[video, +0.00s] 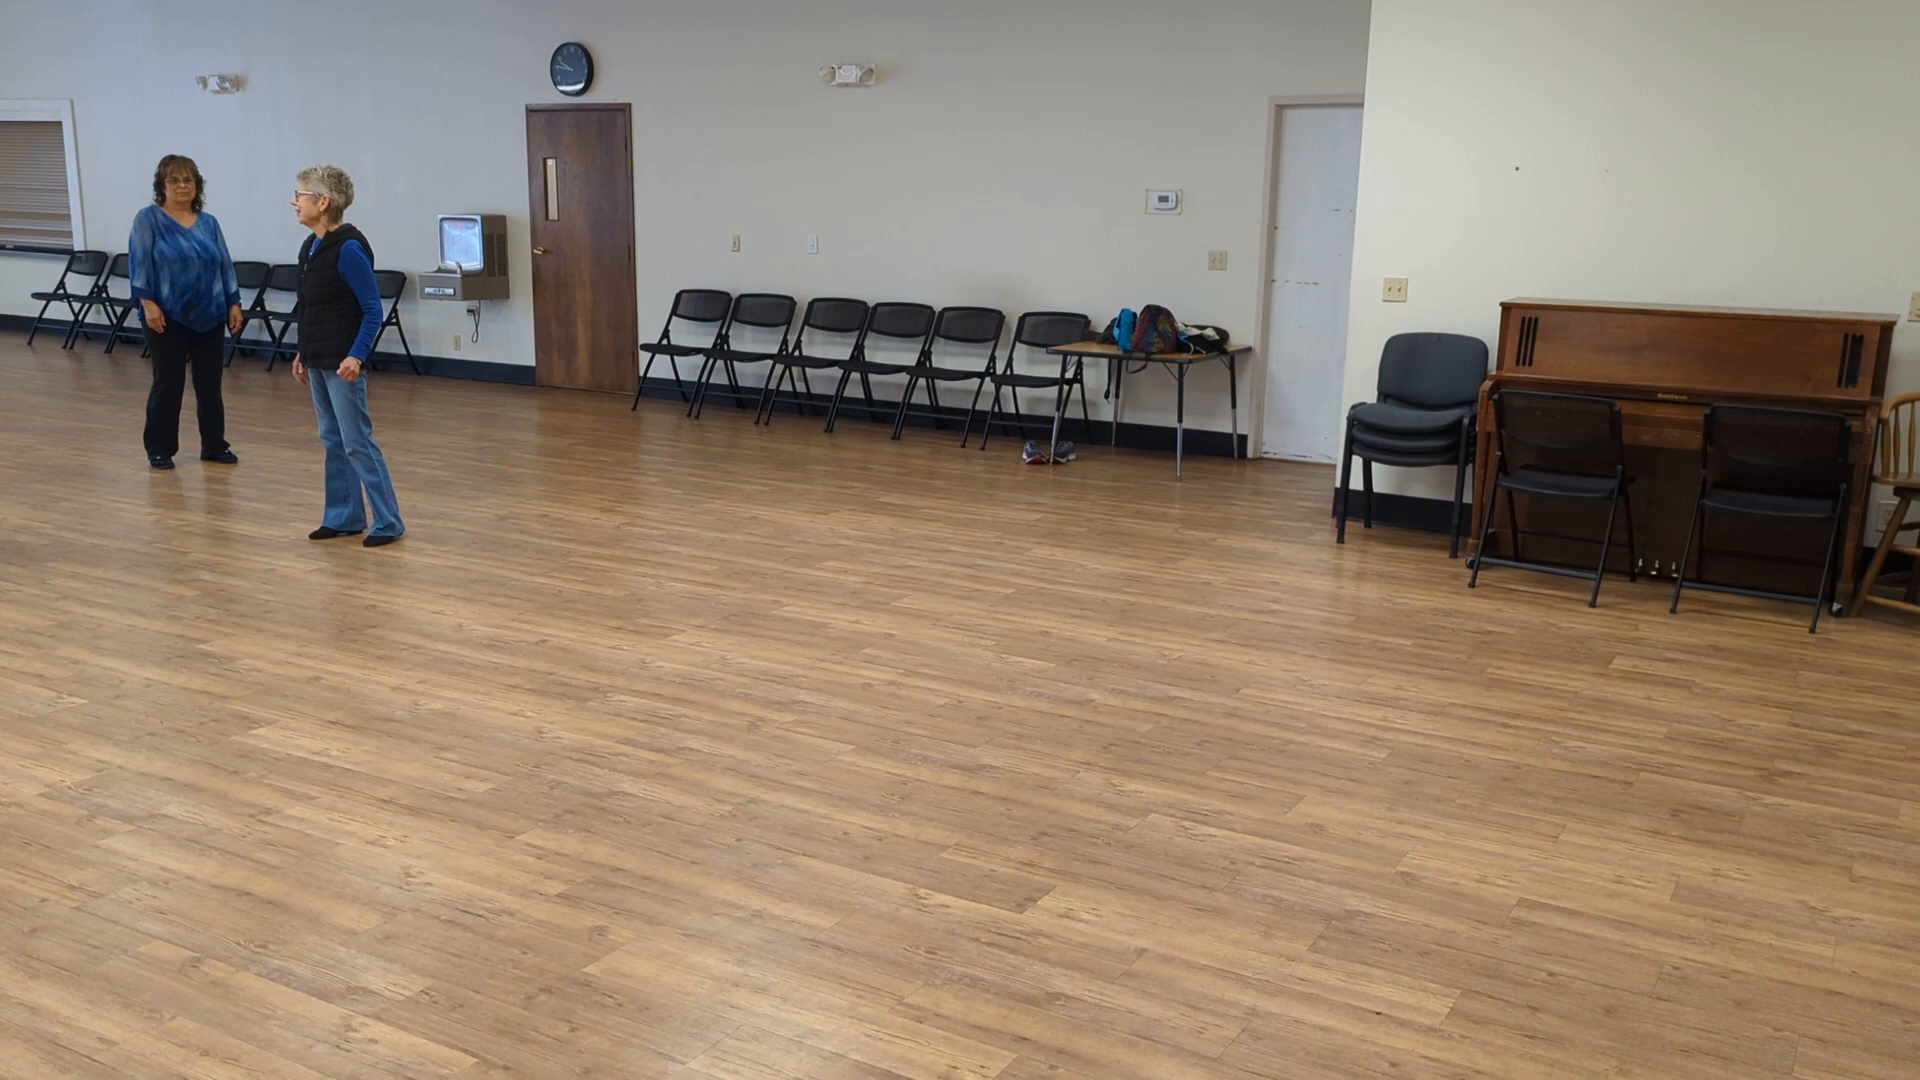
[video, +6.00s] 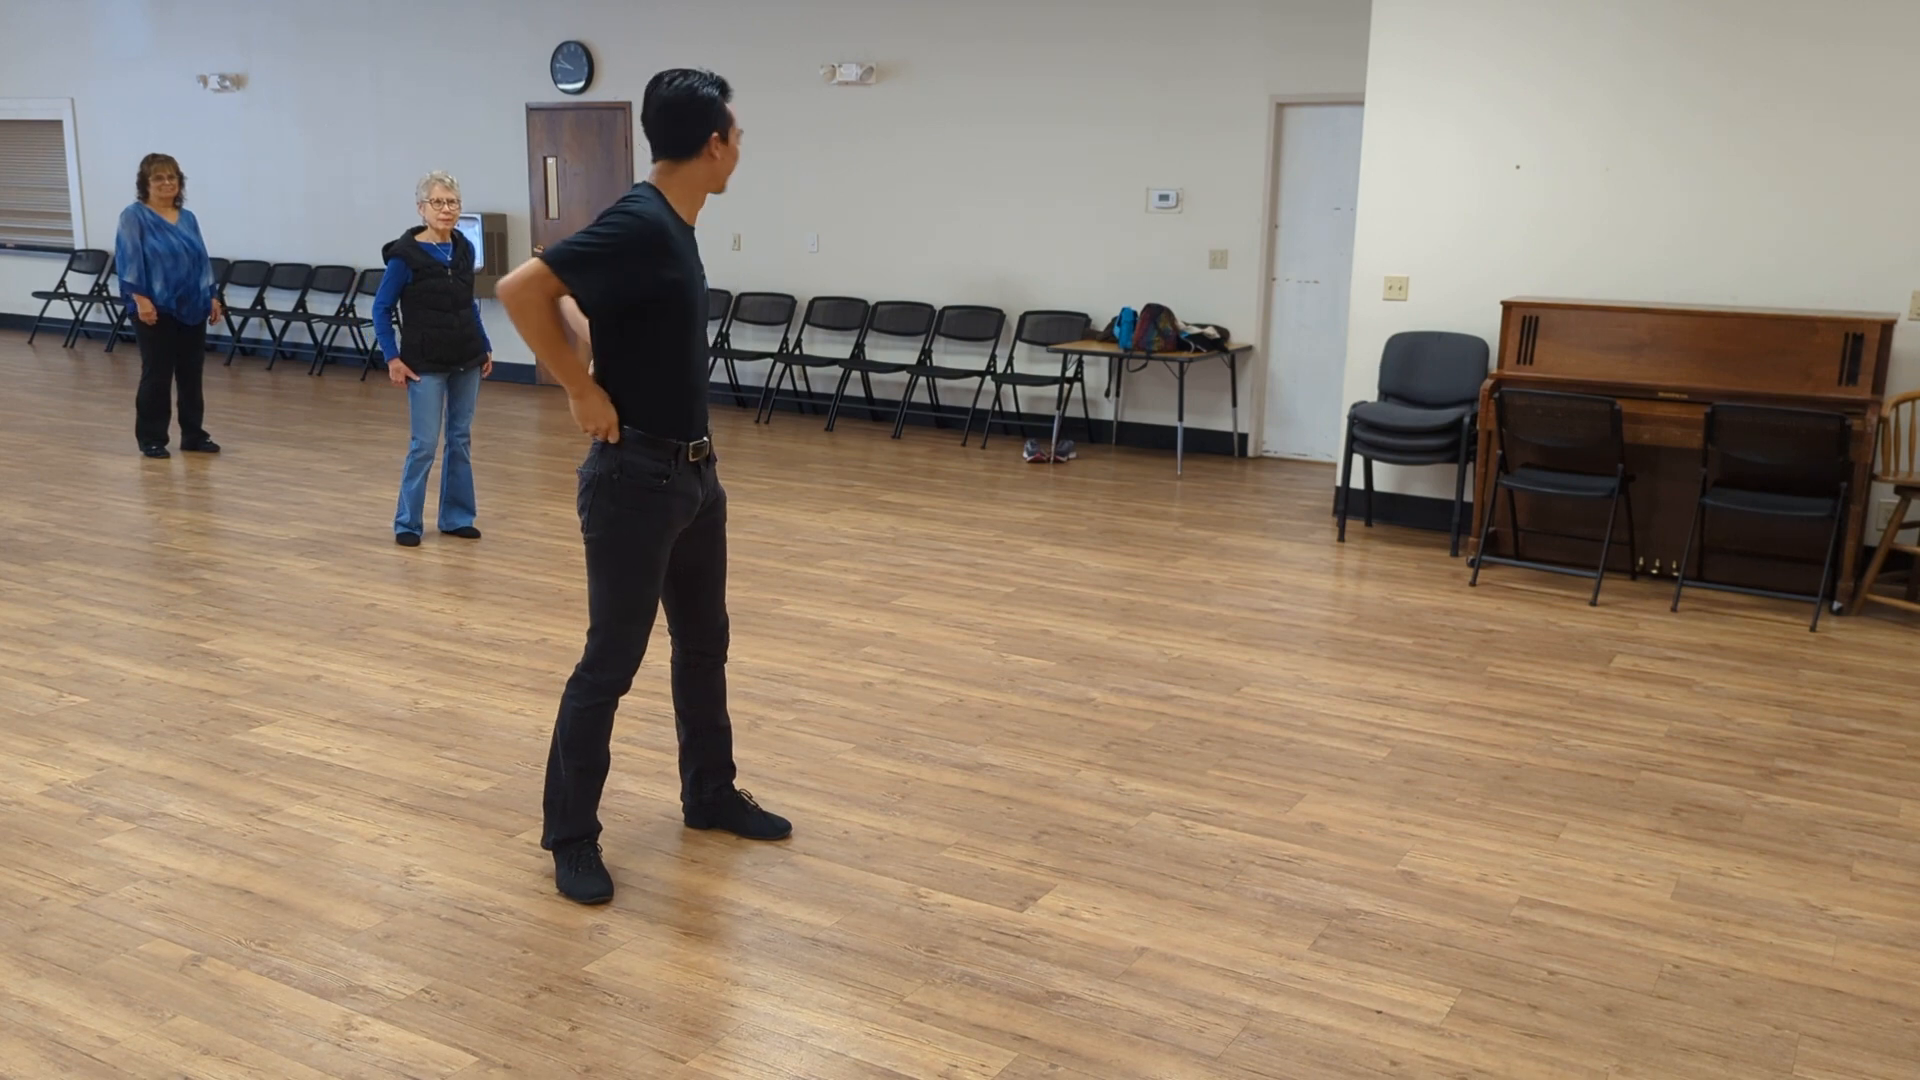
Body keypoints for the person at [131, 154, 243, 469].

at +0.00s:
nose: (182, 186)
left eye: (187, 180)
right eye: (174, 181)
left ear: (197, 185)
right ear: (162, 185)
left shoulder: (208, 222)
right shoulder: (148, 218)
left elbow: (226, 266)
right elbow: (139, 266)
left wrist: (234, 303)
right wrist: (148, 303)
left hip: (208, 315)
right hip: (167, 315)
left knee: (210, 385)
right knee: (168, 384)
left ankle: (214, 446)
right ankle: (160, 451)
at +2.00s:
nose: (190, 187)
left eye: (193, 181)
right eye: (182, 181)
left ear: (196, 184)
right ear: (163, 183)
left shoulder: (202, 219)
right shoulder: (144, 217)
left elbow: (219, 262)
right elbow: (139, 264)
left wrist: (226, 298)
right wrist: (153, 300)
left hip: (203, 313)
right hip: (163, 314)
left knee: (206, 383)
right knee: (166, 383)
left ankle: (214, 445)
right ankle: (159, 451)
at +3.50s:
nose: (154, 184)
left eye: (159, 179)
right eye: (146, 179)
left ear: (167, 183)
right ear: (133, 184)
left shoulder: (178, 217)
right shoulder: (120, 217)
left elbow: (195, 260)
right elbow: (110, 263)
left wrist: (201, 298)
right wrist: (115, 301)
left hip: (183, 310)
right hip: (143, 312)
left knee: (195, 378)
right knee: (150, 379)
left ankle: (211, 441)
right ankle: (152, 441)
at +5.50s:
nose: (166, 183)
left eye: (172, 178)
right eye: (159, 178)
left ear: (180, 183)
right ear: (147, 183)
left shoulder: (189, 218)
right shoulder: (134, 216)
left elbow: (204, 261)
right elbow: (128, 262)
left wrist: (214, 296)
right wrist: (134, 298)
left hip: (192, 308)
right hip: (155, 308)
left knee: (192, 375)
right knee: (157, 375)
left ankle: (193, 436)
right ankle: (152, 440)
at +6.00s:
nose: (165, 183)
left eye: (171, 178)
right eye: (158, 178)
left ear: (179, 183)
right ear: (145, 183)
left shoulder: (187, 217)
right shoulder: (133, 216)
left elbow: (202, 261)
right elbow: (129, 262)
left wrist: (212, 296)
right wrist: (140, 298)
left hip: (191, 308)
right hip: (155, 308)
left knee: (191, 374)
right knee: (157, 374)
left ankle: (193, 436)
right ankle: (152, 440)